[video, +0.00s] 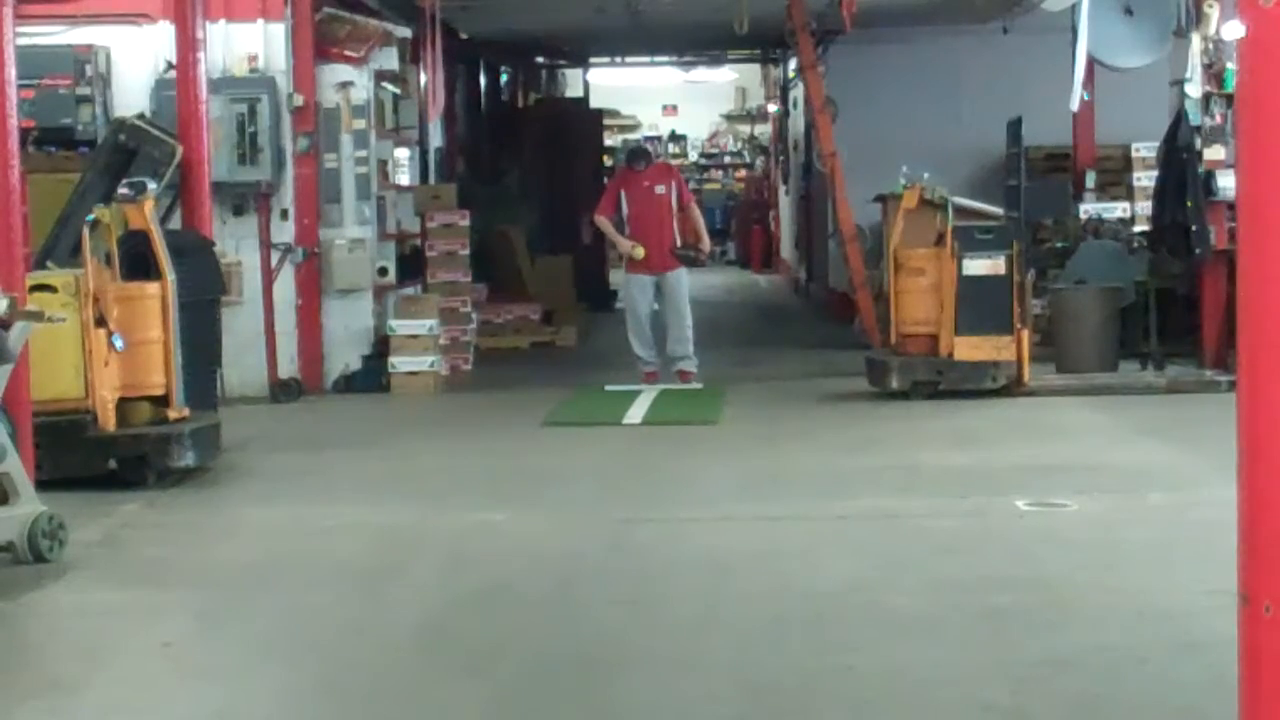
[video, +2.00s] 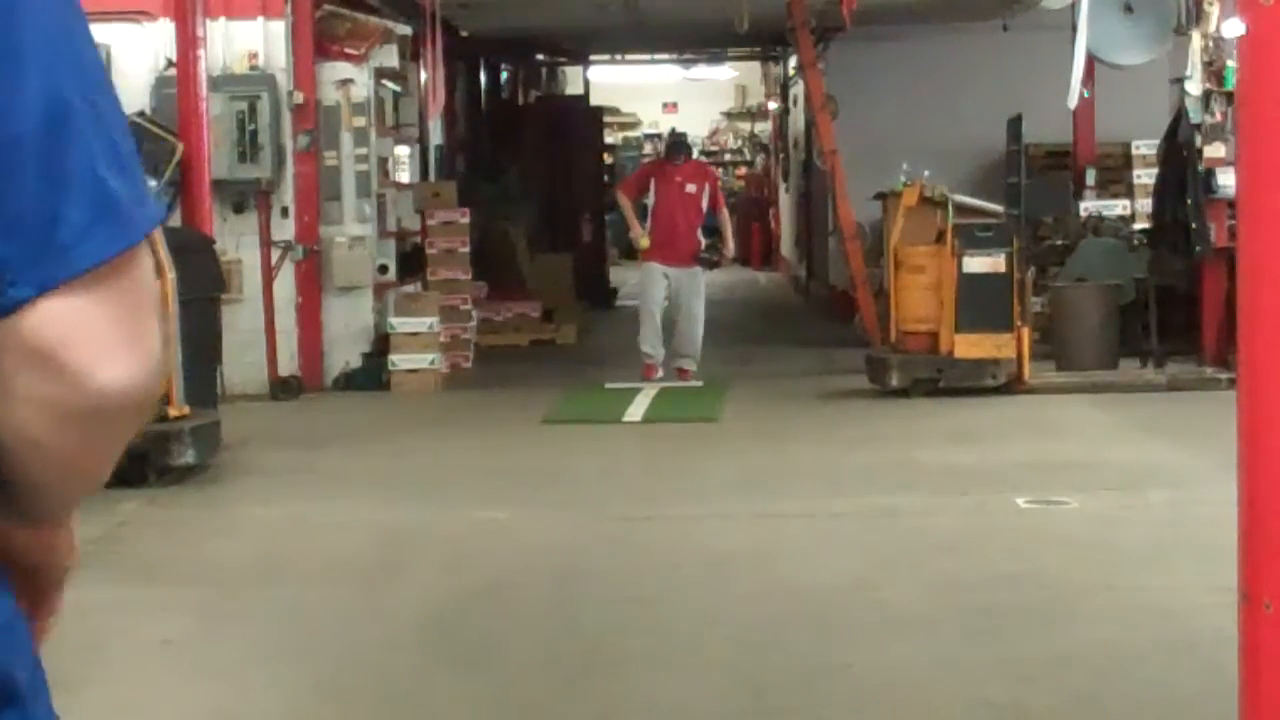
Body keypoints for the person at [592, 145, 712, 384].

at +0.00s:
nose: (639, 174)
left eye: (643, 169)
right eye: (634, 171)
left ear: (651, 160)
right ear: (628, 165)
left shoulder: (669, 173)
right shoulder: (621, 178)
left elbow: (690, 205)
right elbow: (600, 216)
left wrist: (703, 237)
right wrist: (619, 241)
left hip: (671, 261)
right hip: (638, 264)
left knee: (680, 314)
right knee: (638, 316)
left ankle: (685, 365)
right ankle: (648, 366)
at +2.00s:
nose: (674, 165)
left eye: (679, 160)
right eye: (671, 160)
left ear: (689, 154)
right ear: (665, 153)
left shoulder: (705, 173)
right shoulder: (652, 170)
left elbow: (720, 209)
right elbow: (623, 193)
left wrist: (728, 242)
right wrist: (635, 227)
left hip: (691, 260)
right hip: (655, 256)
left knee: (691, 314)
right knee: (650, 309)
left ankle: (686, 363)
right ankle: (651, 360)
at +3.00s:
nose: (648, 147)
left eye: (653, 141)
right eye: (642, 142)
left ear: (659, 142)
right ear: (633, 145)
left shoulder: (677, 170)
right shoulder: (625, 172)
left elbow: (700, 202)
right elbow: (598, 206)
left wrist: (711, 234)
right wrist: (611, 238)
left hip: (678, 256)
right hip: (644, 257)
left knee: (684, 313)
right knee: (645, 313)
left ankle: (685, 364)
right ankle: (651, 368)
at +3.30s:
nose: (637, 151)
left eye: (641, 144)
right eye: (632, 147)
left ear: (651, 144)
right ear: (626, 150)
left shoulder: (673, 167)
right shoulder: (623, 174)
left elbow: (684, 206)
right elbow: (602, 204)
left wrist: (672, 242)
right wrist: (613, 236)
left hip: (676, 252)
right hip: (642, 255)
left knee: (683, 310)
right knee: (644, 312)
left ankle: (683, 363)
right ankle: (651, 367)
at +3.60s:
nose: (638, 146)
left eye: (643, 140)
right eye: (633, 142)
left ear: (653, 141)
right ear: (627, 145)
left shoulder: (669, 169)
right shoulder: (622, 171)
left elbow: (665, 211)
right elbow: (611, 200)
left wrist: (634, 232)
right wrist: (618, 214)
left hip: (675, 257)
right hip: (641, 257)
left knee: (681, 314)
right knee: (643, 317)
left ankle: (683, 362)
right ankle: (651, 368)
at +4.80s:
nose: (659, 163)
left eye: (663, 157)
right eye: (654, 158)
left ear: (673, 153)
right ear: (648, 157)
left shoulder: (689, 178)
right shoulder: (643, 173)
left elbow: (690, 223)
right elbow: (631, 194)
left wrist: (657, 238)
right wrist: (634, 205)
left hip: (691, 256)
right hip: (659, 255)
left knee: (689, 313)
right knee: (658, 305)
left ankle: (682, 362)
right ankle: (654, 357)